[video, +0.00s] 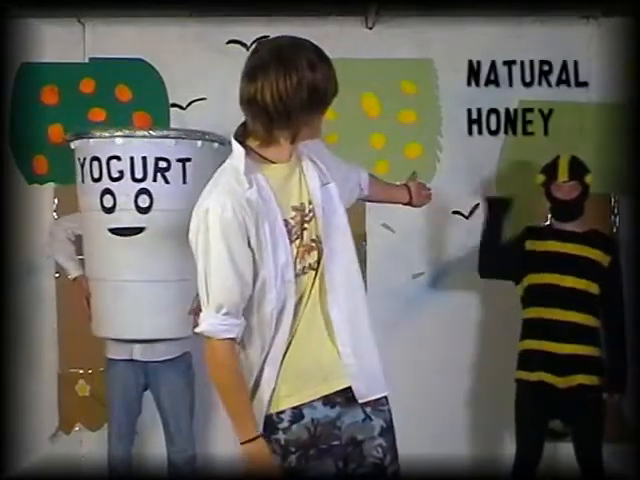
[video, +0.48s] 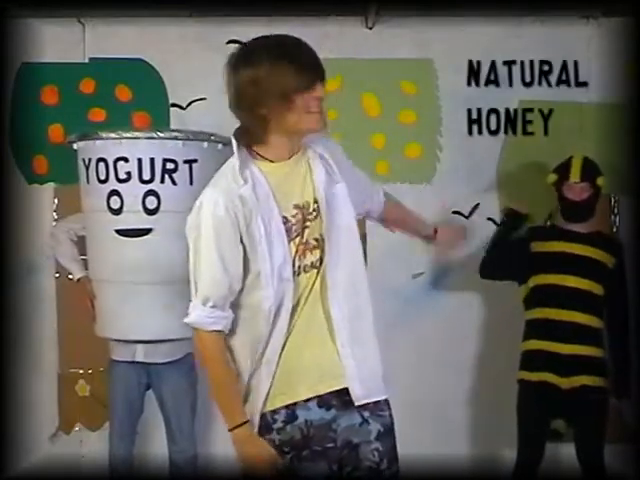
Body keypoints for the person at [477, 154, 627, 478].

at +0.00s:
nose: (565, 194)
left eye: (572, 186)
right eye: (557, 187)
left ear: (585, 190)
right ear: (546, 192)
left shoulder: (603, 246)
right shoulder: (529, 241)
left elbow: (614, 315)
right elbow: (488, 267)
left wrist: (617, 374)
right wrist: (493, 218)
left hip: (583, 369)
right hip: (535, 366)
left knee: (590, 459)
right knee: (526, 458)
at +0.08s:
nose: (568, 195)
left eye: (575, 186)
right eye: (560, 187)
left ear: (588, 190)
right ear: (549, 191)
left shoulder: (604, 246)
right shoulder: (531, 240)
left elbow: (615, 315)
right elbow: (491, 270)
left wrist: (618, 374)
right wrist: (500, 221)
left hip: (584, 367)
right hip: (535, 365)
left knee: (590, 459)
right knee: (527, 457)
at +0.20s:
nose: (571, 195)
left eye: (578, 187)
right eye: (563, 187)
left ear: (591, 191)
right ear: (551, 192)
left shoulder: (607, 248)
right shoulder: (531, 242)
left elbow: (617, 318)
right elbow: (491, 271)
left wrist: (620, 377)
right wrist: (518, 225)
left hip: (586, 371)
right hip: (536, 369)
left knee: (591, 461)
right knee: (527, 459)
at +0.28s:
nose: (574, 195)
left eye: (581, 187)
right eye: (566, 187)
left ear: (593, 191)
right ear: (554, 191)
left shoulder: (608, 248)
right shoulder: (535, 240)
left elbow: (617, 318)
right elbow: (494, 268)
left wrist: (621, 377)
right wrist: (500, 216)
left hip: (586, 368)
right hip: (537, 365)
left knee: (591, 459)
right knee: (528, 458)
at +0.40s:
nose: (575, 196)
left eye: (583, 188)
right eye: (568, 187)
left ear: (595, 193)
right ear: (555, 191)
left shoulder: (608, 249)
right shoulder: (532, 244)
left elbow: (618, 318)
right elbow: (489, 266)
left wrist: (622, 377)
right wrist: (528, 226)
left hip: (587, 371)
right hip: (537, 369)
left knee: (592, 460)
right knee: (528, 458)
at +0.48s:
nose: (577, 195)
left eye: (585, 187)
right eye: (570, 186)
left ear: (597, 192)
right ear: (557, 190)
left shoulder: (610, 250)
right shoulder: (533, 241)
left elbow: (618, 319)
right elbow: (489, 269)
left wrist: (623, 379)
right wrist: (509, 224)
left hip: (587, 370)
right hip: (538, 367)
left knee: (591, 460)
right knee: (528, 458)